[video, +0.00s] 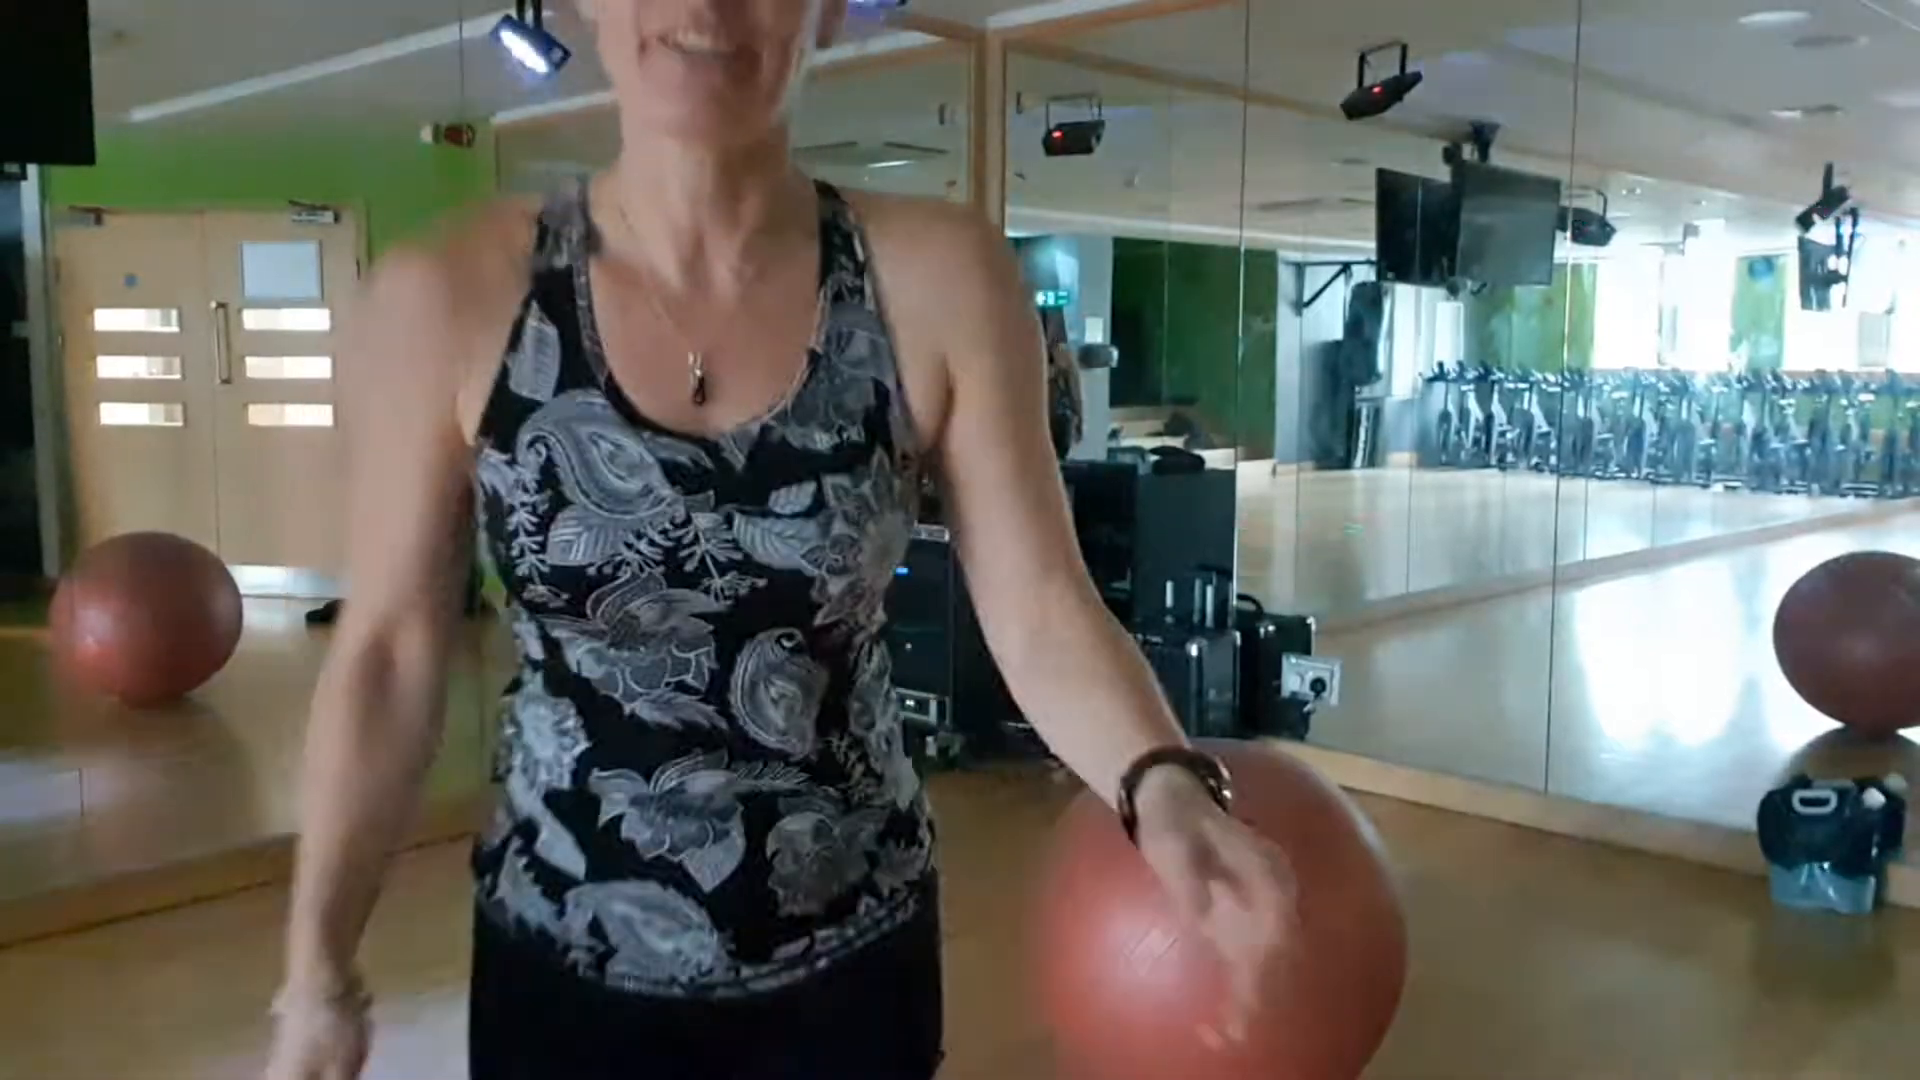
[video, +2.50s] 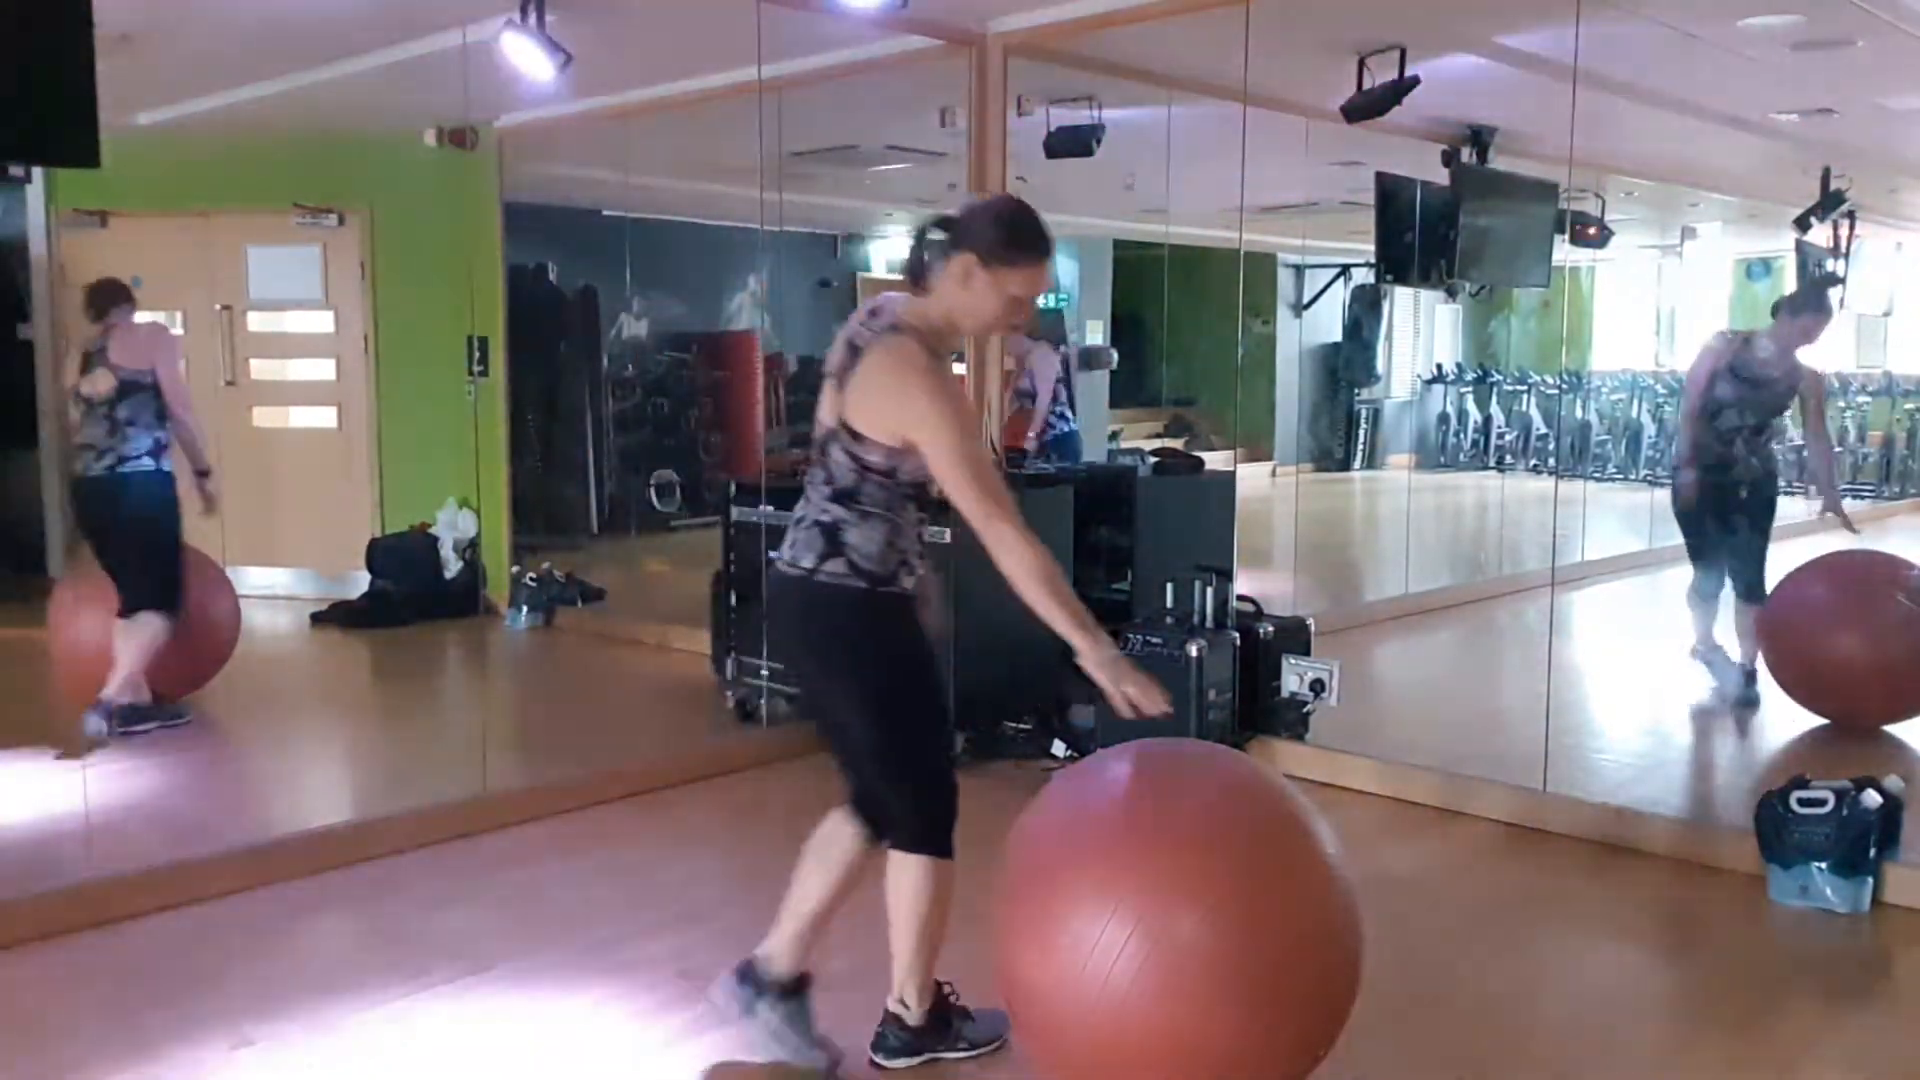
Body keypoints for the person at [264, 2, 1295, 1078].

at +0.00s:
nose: (701, 6)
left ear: (820, 12)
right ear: (578, 8)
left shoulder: (940, 272)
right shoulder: (452, 291)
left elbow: (1040, 603)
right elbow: (388, 648)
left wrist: (1158, 779)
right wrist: (317, 957)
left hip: (846, 928)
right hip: (569, 931)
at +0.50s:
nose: (720, 106)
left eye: (761, 67)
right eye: (684, 57)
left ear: (809, 98)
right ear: (629, 76)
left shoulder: (878, 315)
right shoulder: (524, 286)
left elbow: (890, 546)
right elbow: (459, 563)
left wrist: (899, 750)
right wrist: (401, 804)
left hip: (803, 825)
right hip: (583, 834)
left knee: (796, 1068)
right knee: (605, 1069)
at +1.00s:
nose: (806, 149)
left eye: (809, 118)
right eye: (777, 115)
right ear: (680, 115)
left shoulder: (813, 326)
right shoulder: (544, 299)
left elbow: (819, 531)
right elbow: (478, 528)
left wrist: (824, 715)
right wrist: (438, 733)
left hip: (749, 753)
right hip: (582, 755)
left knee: (727, 1059)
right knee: (607, 1058)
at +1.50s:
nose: (737, 189)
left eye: (762, 172)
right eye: (712, 171)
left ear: (795, 206)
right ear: (677, 204)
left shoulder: (834, 342)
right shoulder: (604, 323)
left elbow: (863, 482)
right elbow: (538, 497)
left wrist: (887, 600)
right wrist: (489, 658)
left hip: (758, 683)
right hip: (615, 682)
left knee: (725, 954)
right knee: (645, 941)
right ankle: (668, 1071)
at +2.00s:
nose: (788, 216)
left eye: (807, 199)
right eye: (768, 194)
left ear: (825, 213)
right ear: (727, 201)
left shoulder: (841, 329)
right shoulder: (671, 335)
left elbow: (855, 477)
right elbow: (656, 516)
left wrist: (848, 595)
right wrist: (697, 661)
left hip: (812, 642)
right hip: (702, 644)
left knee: (798, 858)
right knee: (696, 873)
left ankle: (743, 1002)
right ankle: (674, 1068)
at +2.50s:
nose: (1019, 320)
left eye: (1029, 304)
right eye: (1016, 300)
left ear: (961, 272)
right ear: (963, 271)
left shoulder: (882, 323)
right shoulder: (909, 369)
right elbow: (999, 528)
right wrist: (1100, 654)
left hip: (817, 590)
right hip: (856, 601)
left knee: (877, 792)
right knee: (924, 799)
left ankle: (772, 974)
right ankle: (913, 1013)